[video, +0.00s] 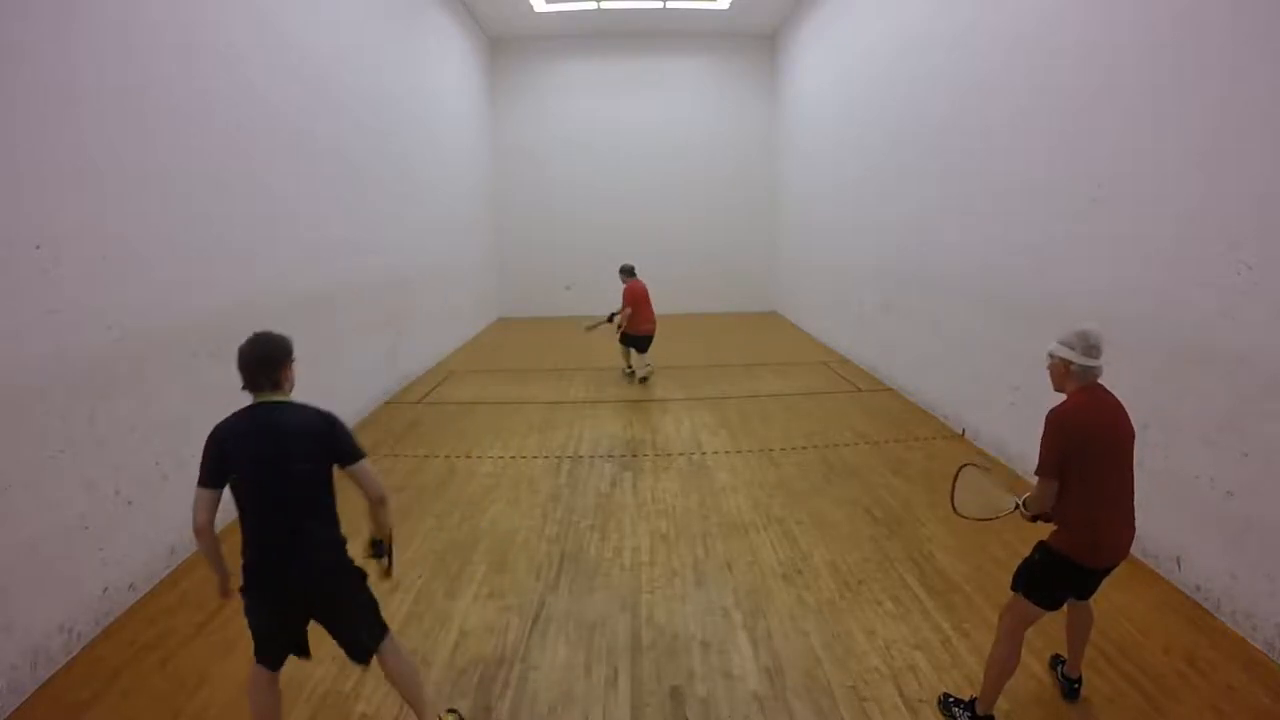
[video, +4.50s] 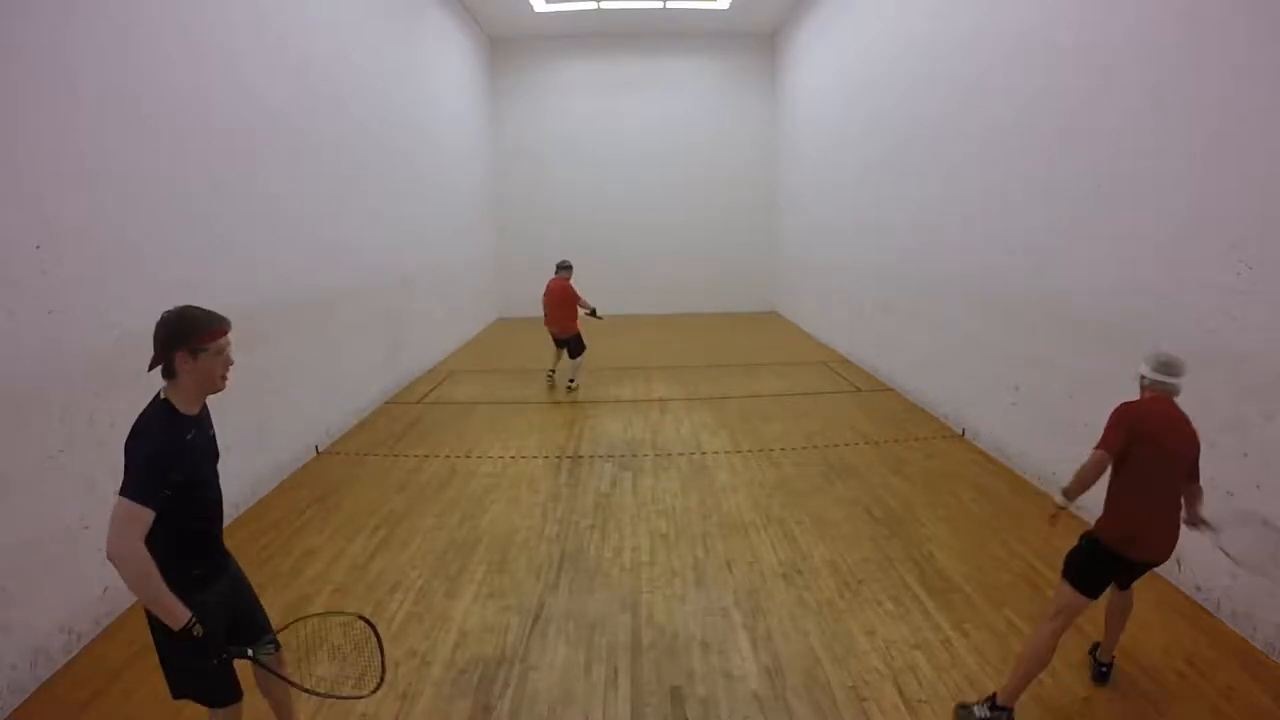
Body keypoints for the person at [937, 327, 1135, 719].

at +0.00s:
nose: (1048, 367)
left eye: (1053, 360)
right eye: (1050, 359)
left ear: (1068, 367)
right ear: (1089, 368)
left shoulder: (1062, 416)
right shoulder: (1113, 408)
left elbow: (1044, 497)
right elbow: (1101, 479)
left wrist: (1028, 507)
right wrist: (1052, 506)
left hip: (1077, 543)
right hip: (1116, 541)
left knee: (1014, 619)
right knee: (1080, 597)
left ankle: (981, 708)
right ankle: (1073, 675)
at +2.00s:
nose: (1086, 371)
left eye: (1090, 362)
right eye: (1086, 362)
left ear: (1114, 362)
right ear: (1123, 363)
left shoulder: (1115, 414)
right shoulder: (1145, 403)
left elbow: (1086, 489)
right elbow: (1128, 477)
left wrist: (1038, 478)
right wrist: (1081, 498)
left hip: (1103, 538)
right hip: (1130, 535)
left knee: (1048, 621)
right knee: (1084, 600)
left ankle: (995, 704)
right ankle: (1076, 672)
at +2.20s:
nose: (1098, 367)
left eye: (1103, 358)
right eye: (1098, 358)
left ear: (1126, 359)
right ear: (1134, 361)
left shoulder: (1125, 410)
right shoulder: (1158, 402)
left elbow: (1093, 485)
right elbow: (1139, 475)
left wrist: (1048, 467)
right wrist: (1091, 493)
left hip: (1115, 536)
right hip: (1143, 536)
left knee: (1052, 612)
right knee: (1093, 601)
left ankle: (1043, 706)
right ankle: (1077, 673)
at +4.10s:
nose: (1066, 380)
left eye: (1067, 374)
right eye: (1068, 374)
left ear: (1072, 379)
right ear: (1110, 381)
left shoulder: (1063, 425)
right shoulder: (1133, 427)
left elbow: (1040, 503)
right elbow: (1158, 508)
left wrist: (1053, 526)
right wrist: (1127, 533)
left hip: (1077, 564)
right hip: (1127, 563)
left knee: (1015, 640)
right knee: (1096, 608)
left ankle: (996, 715)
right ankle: (1092, 687)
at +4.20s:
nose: (1078, 385)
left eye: (1080, 380)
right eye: (1082, 380)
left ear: (1085, 383)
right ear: (1123, 388)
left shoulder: (1070, 425)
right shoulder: (1142, 435)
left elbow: (1038, 496)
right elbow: (1164, 512)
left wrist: (1045, 524)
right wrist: (1156, 560)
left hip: (1075, 566)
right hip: (1127, 567)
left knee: (1013, 640)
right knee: (1106, 605)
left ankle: (996, 714)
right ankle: (1100, 672)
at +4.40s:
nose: (1124, 389)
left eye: (1125, 384)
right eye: (1130, 385)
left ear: (1126, 387)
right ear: (1161, 393)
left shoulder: (1106, 421)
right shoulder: (1175, 441)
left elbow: (1062, 472)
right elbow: (1193, 511)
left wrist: (1034, 502)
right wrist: (1209, 558)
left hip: (1096, 550)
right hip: (1143, 557)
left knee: (1041, 639)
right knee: (1118, 593)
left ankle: (995, 716)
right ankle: (1105, 660)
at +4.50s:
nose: (1140, 385)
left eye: (1142, 380)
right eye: (1146, 381)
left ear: (1144, 381)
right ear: (1177, 388)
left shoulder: (1129, 413)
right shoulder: (1186, 430)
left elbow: (1098, 463)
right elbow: (1192, 485)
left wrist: (1066, 496)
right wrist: (1193, 513)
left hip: (1115, 537)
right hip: (1159, 545)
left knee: (1057, 619)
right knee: (1122, 584)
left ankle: (1001, 705)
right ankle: (1105, 660)